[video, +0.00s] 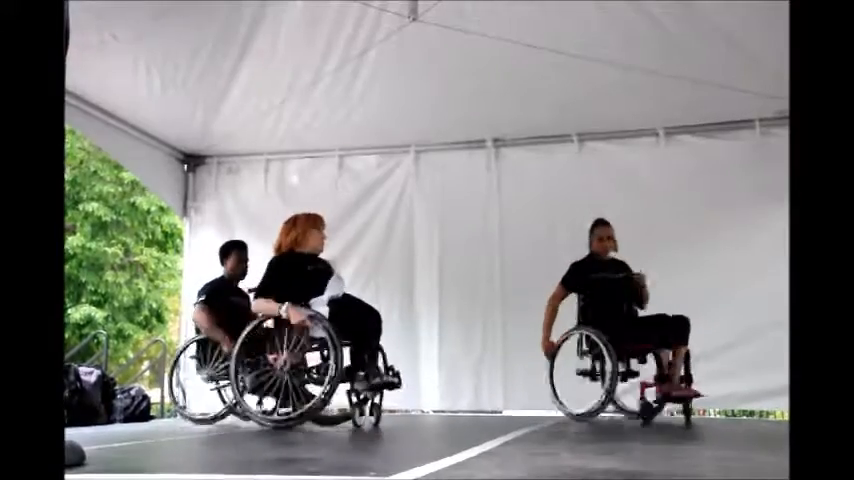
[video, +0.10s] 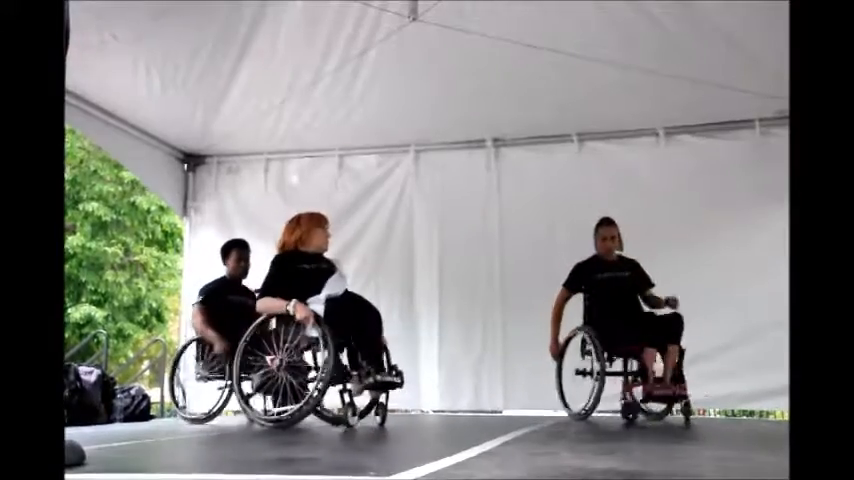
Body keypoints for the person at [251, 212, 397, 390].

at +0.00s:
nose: (324, 236)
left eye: (323, 231)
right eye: (319, 230)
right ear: (302, 234)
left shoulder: (322, 265)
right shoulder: (282, 263)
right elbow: (258, 304)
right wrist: (287, 309)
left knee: (371, 317)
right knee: (364, 321)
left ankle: (369, 370)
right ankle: (361, 373)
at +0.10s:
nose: (328, 235)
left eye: (327, 230)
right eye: (323, 229)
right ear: (306, 233)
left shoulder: (325, 263)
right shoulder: (285, 261)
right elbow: (262, 303)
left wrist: (375, 336)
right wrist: (292, 306)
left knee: (368, 314)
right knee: (356, 316)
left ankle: (373, 371)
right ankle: (363, 373)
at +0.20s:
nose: (331, 233)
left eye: (330, 229)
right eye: (326, 229)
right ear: (309, 232)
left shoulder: (330, 263)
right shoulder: (286, 259)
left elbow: (350, 297)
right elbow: (263, 300)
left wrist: (378, 330)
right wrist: (290, 305)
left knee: (364, 308)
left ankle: (380, 368)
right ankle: (367, 370)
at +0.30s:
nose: (335, 231)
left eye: (334, 227)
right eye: (330, 227)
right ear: (314, 230)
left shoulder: (336, 261)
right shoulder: (289, 258)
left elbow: (358, 295)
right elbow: (270, 298)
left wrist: (383, 328)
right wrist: (293, 304)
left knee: (366, 307)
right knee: (351, 312)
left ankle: (382, 366)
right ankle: (369, 369)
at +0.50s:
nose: (342, 229)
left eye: (342, 225)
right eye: (338, 225)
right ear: (319, 227)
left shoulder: (345, 259)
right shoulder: (296, 254)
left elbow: (367, 293)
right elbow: (279, 296)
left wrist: (394, 326)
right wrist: (302, 303)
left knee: (375, 308)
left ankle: (382, 366)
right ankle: (376, 367)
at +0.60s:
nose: (347, 229)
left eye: (346, 225)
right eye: (343, 224)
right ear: (324, 226)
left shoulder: (348, 258)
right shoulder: (301, 253)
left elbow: (372, 292)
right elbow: (290, 294)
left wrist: (401, 325)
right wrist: (313, 302)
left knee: (381, 307)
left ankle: (389, 364)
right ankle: (378, 365)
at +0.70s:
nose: (350, 228)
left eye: (349, 223)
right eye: (345, 222)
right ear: (328, 225)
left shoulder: (351, 256)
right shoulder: (305, 251)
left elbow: (375, 290)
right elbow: (294, 292)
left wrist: (405, 323)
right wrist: (316, 304)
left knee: (385, 304)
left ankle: (393, 364)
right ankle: (384, 364)